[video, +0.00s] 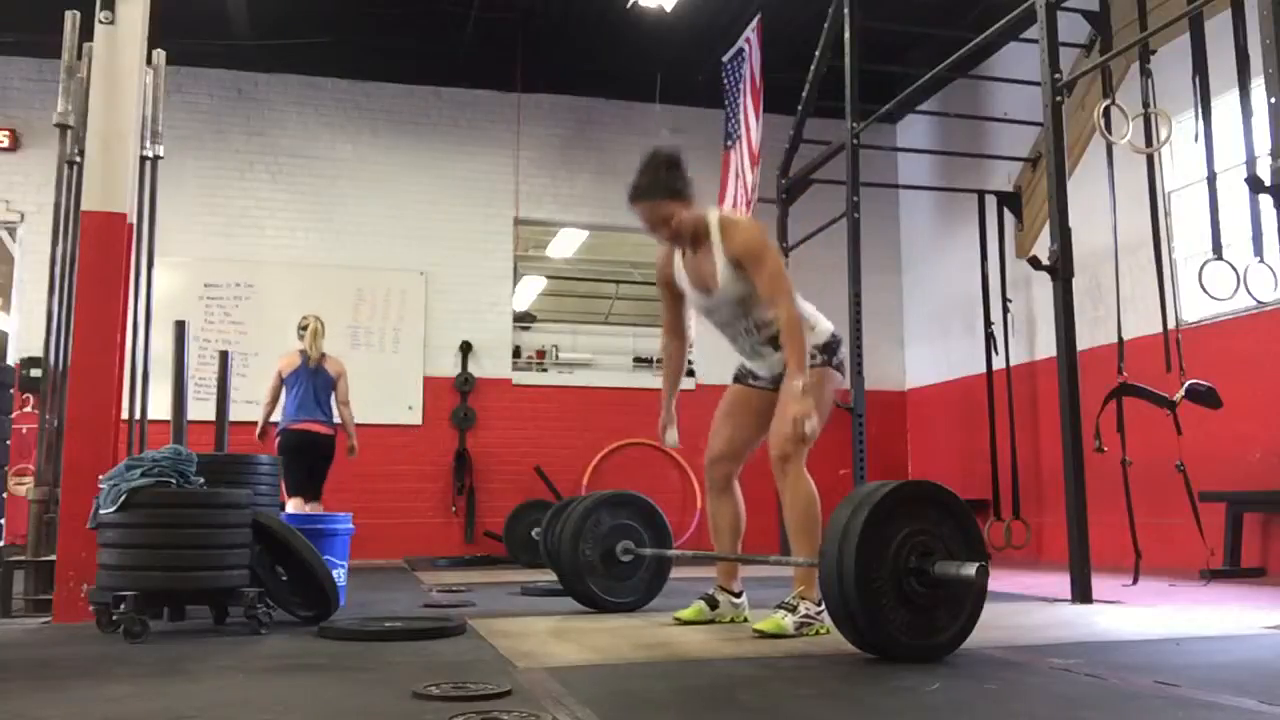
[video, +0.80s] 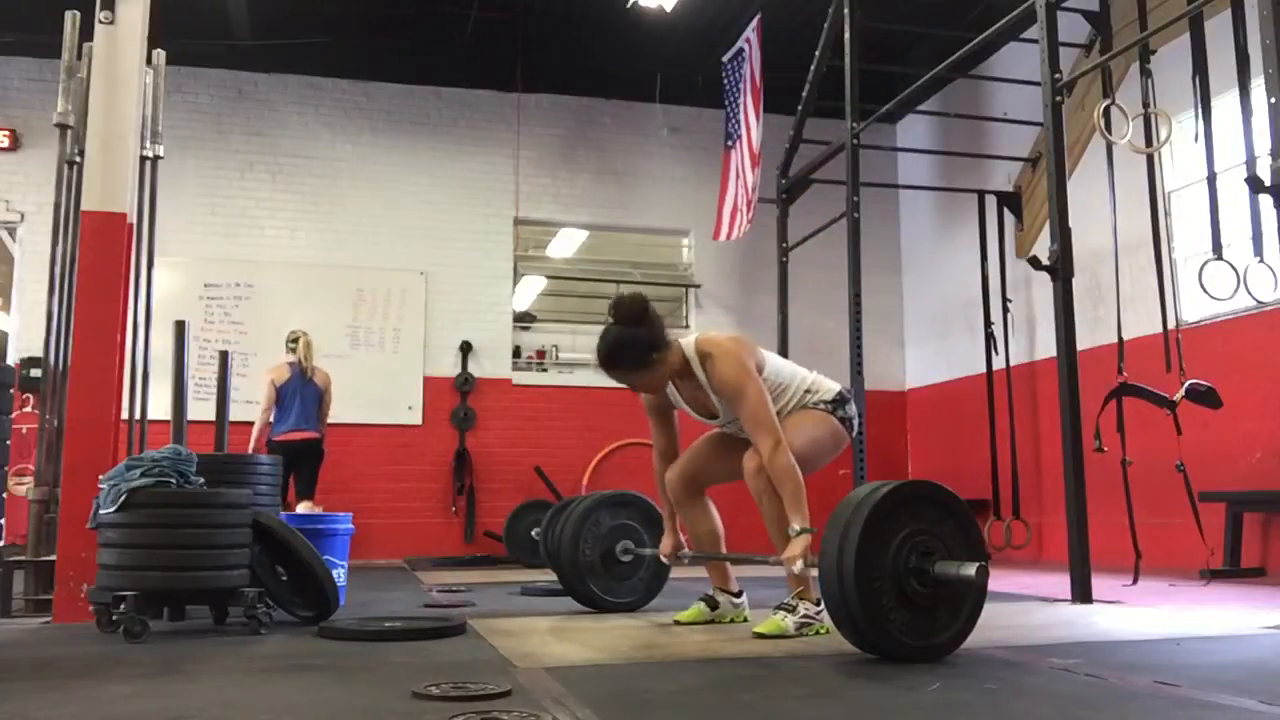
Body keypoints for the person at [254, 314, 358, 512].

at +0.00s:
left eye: (300, 332)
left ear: (299, 334)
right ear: (322, 335)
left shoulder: (286, 363)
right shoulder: (336, 366)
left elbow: (271, 400)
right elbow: (343, 404)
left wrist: (262, 424)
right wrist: (352, 436)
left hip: (293, 437)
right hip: (324, 440)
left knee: (295, 496)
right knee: (314, 497)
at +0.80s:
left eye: (287, 348)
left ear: (287, 348)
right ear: (309, 349)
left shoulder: (275, 374)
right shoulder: (322, 377)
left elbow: (265, 413)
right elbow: (324, 414)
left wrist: (252, 443)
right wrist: (320, 440)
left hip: (281, 446)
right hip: (311, 446)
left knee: (277, 500)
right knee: (306, 499)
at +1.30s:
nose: (267, 359)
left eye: (268, 357)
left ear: (268, 357)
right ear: (288, 356)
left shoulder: (259, 376)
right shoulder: (302, 383)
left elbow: (248, 412)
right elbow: (302, 417)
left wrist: (241, 439)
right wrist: (299, 440)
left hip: (265, 447)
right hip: (293, 449)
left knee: (263, 497)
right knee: (284, 497)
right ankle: (294, 535)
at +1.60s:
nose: (252, 379)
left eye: (253, 376)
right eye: (252, 377)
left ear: (257, 372)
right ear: (272, 370)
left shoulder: (259, 379)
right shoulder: (286, 386)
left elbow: (261, 405)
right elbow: (289, 418)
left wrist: (249, 438)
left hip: (278, 443)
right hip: (299, 445)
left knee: (270, 496)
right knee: (286, 498)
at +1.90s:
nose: (242, 401)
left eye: (240, 397)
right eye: (240, 399)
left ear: (243, 389)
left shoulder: (254, 388)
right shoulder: (271, 393)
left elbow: (270, 405)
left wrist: (262, 438)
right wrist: (271, 445)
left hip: (295, 441)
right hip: (307, 442)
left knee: (283, 494)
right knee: (293, 496)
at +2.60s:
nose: (248, 373)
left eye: (249, 367)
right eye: (247, 369)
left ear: (262, 363)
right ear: (261, 365)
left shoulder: (287, 379)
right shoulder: (269, 389)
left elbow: (302, 406)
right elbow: (281, 418)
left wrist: (275, 428)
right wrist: (269, 432)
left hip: (306, 444)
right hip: (287, 448)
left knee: (305, 494)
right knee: (288, 498)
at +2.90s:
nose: (281, 366)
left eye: (283, 360)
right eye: (278, 362)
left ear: (296, 356)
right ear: (278, 362)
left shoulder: (316, 379)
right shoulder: (286, 384)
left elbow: (328, 409)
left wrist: (295, 416)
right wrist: (283, 416)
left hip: (316, 445)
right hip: (292, 446)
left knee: (315, 500)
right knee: (285, 500)